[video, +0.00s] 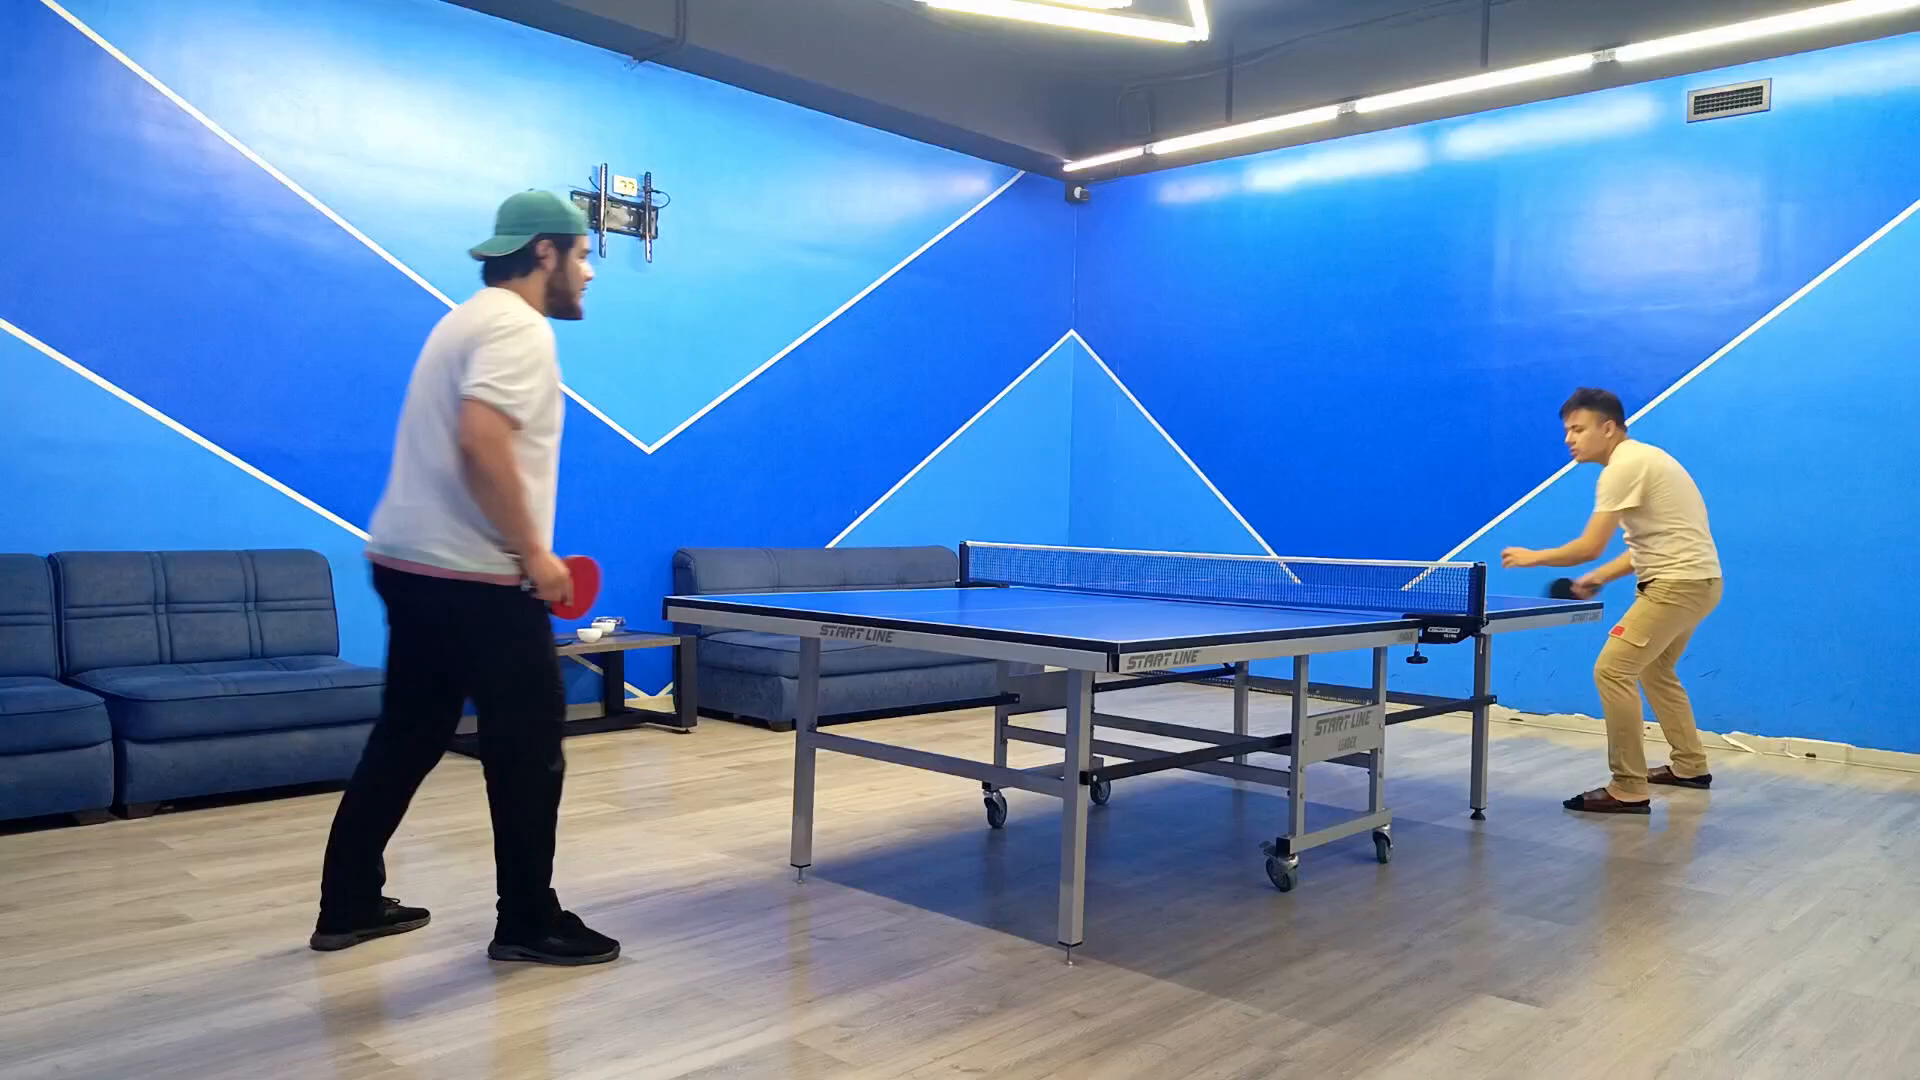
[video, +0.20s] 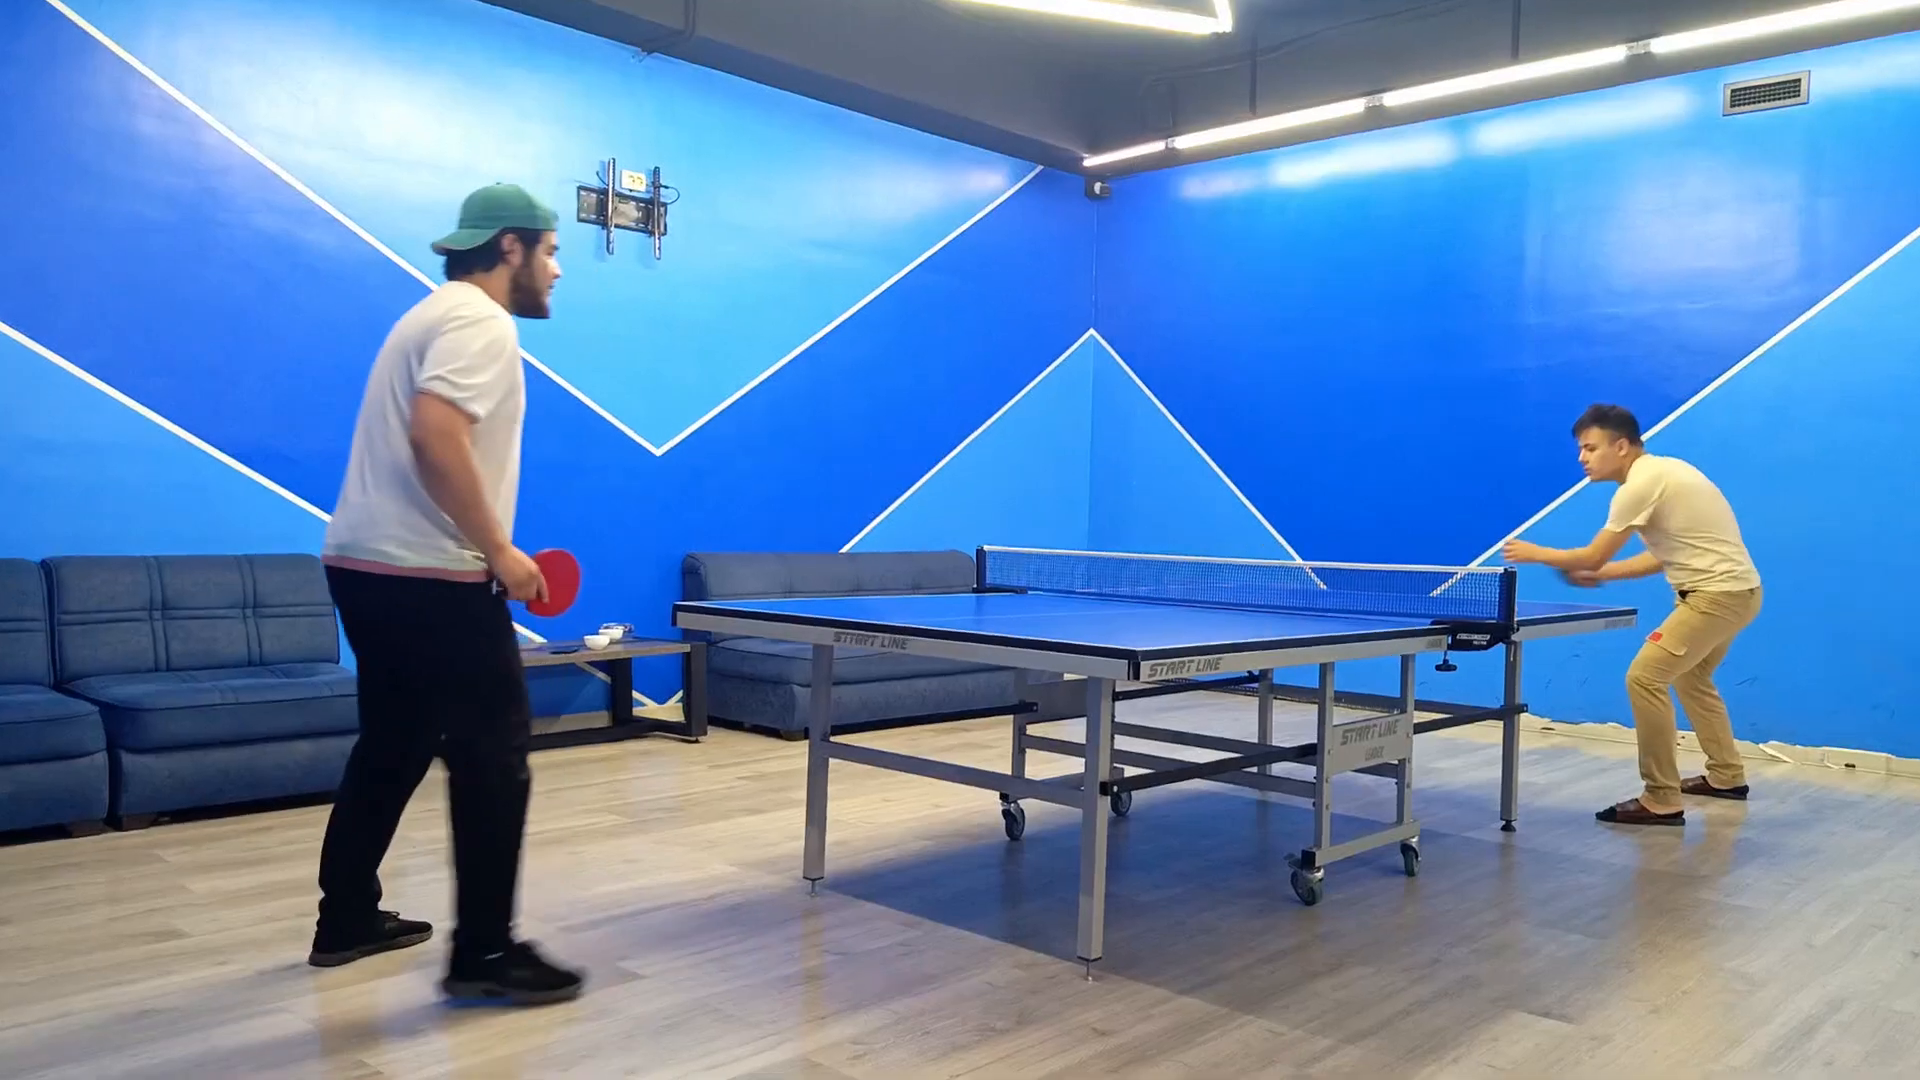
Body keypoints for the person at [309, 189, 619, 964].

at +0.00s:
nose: (589, 273)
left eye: (589, 258)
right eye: (583, 258)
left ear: (517, 259)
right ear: (543, 256)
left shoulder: (464, 320)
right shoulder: (518, 327)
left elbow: (449, 457)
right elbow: (481, 442)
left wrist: (533, 556)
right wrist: (536, 557)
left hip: (416, 570)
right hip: (478, 579)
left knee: (411, 734)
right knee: (528, 743)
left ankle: (347, 903)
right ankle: (529, 918)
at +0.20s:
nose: (556, 269)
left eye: (555, 255)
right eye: (548, 254)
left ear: (485, 254)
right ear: (509, 252)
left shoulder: (427, 319)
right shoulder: (478, 323)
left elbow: (417, 461)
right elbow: (436, 435)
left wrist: (505, 560)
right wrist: (500, 551)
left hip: (373, 572)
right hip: (433, 580)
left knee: (395, 740)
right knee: (495, 750)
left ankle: (347, 916)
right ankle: (484, 948)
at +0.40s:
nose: (548, 263)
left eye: (546, 247)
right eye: (540, 247)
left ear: (472, 250)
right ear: (501, 247)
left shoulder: (408, 317)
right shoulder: (479, 323)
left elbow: (384, 456)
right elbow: (453, 446)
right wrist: (522, 559)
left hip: (351, 580)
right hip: (411, 591)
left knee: (392, 758)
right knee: (449, 777)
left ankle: (349, 934)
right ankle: (421, 995)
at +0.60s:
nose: (551, 283)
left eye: (550, 266)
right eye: (542, 265)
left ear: (477, 265)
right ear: (497, 262)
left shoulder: (405, 329)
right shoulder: (470, 339)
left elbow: (380, 467)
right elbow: (460, 461)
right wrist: (547, 562)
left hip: (320, 592)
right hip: (387, 599)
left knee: (382, 763)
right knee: (476, 769)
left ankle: (332, 946)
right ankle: (427, 1007)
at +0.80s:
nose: (533, 329)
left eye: (533, 311)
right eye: (521, 309)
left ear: (456, 309)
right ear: (462, 306)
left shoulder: (386, 381)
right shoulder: (431, 403)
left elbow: (433, 564)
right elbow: (443, 568)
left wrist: (577, 647)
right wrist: (584, 652)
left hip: (323, 653)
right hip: (373, 658)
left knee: (432, 790)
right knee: (511, 809)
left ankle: (341, 965)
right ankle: (418, 1053)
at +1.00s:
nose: (463, 323)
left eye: (461, 304)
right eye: (450, 302)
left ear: (382, 300)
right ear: (388, 298)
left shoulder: (298, 381)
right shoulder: (362, 408)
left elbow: (291, 540)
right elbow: (478, 556)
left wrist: (382, 616)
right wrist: (649, 575)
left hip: (235, 671)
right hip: (296, 677)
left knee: (347, 799)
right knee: (457, 826)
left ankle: (306, 977)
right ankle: (388, 1062)